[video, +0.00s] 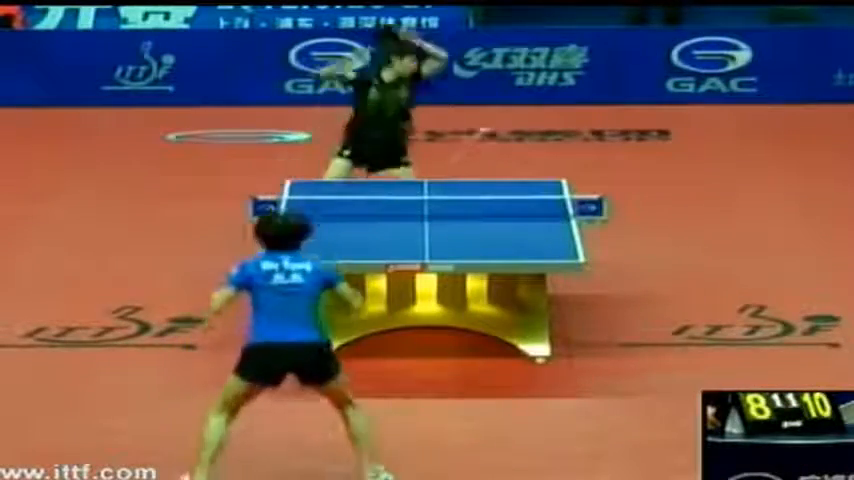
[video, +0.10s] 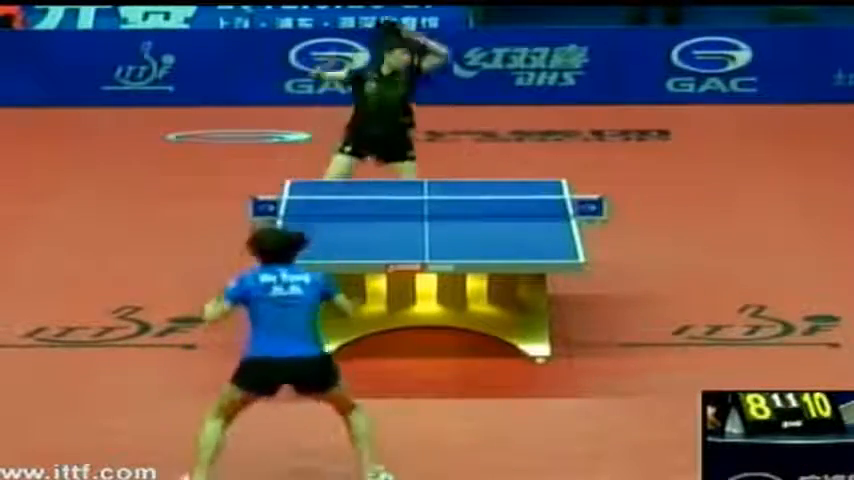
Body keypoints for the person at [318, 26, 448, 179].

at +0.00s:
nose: (415, 66)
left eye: (416, 61)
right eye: (411, 60)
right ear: (395, 60)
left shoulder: (409, 80)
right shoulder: (365, 79)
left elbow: (441, 59)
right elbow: (326, 74)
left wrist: (418, 43)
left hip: (390, 150)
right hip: (356, 148)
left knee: (411, 198)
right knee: (325, 193)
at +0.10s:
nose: (408, 58)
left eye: (408, 53)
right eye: (403, 53)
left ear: (410, 54)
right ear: (387, 54)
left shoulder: (410, 74)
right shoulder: (364, 75)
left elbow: (442, 56)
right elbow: (339, 76)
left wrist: (418, 40)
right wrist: (321, 75)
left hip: (396, 137)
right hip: (361, 136)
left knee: (410, 191)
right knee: (330, 187)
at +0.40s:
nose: (364, 86)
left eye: (368, 81)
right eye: (359, 81)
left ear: (376, 84)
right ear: (352, 84)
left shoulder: (385, 107)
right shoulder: (341, 105)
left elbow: (405, 118)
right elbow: (324, 114)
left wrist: (393, 122)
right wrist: (311, 122)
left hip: (383, 174)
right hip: (345, 173)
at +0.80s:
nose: (358, 87)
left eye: (362, 82)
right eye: (353, 82)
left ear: (368, 84)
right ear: (344, 83)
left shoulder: (372, 105)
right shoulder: (326, 99)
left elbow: (388, 126)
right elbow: (289, 118)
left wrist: (389, 134)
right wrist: (308, 129)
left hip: (350, 151)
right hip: (317, 150)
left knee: (365, 197)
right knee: (301, 197)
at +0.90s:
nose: (360, 89)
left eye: (364, 84)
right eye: (355, 84)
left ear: (370, 86)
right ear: (346, 85)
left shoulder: (375, 107)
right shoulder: (328, 101)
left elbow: (392, 127)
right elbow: (292, 119)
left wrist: (391, 135)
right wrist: (310, 129)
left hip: (351, 152)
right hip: (319, 150)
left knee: (366, 196)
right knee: (302, 195)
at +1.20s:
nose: (367, 106)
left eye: (371, 101)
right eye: (363, 100)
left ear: (374, 103)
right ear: (352, 100)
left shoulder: (373, 125)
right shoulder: (328, 114)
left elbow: (389, 157)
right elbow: (283, 129)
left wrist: (414, 165)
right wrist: (309, 140)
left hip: (346, 168)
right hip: (312, 168)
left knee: (378, 190)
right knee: (295, 208)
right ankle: (268, 252)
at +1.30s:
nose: (385, 111)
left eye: (387, 107)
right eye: (381, 106)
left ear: (386, 109)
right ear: (367, 104)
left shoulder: (383, 129)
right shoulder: (340, 117)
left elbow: (398, 159)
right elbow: (293, 125)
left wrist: (431, 166)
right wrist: (319, 135)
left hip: (350, 168)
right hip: (319, 168)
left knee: (386, 190)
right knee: (313, 208)